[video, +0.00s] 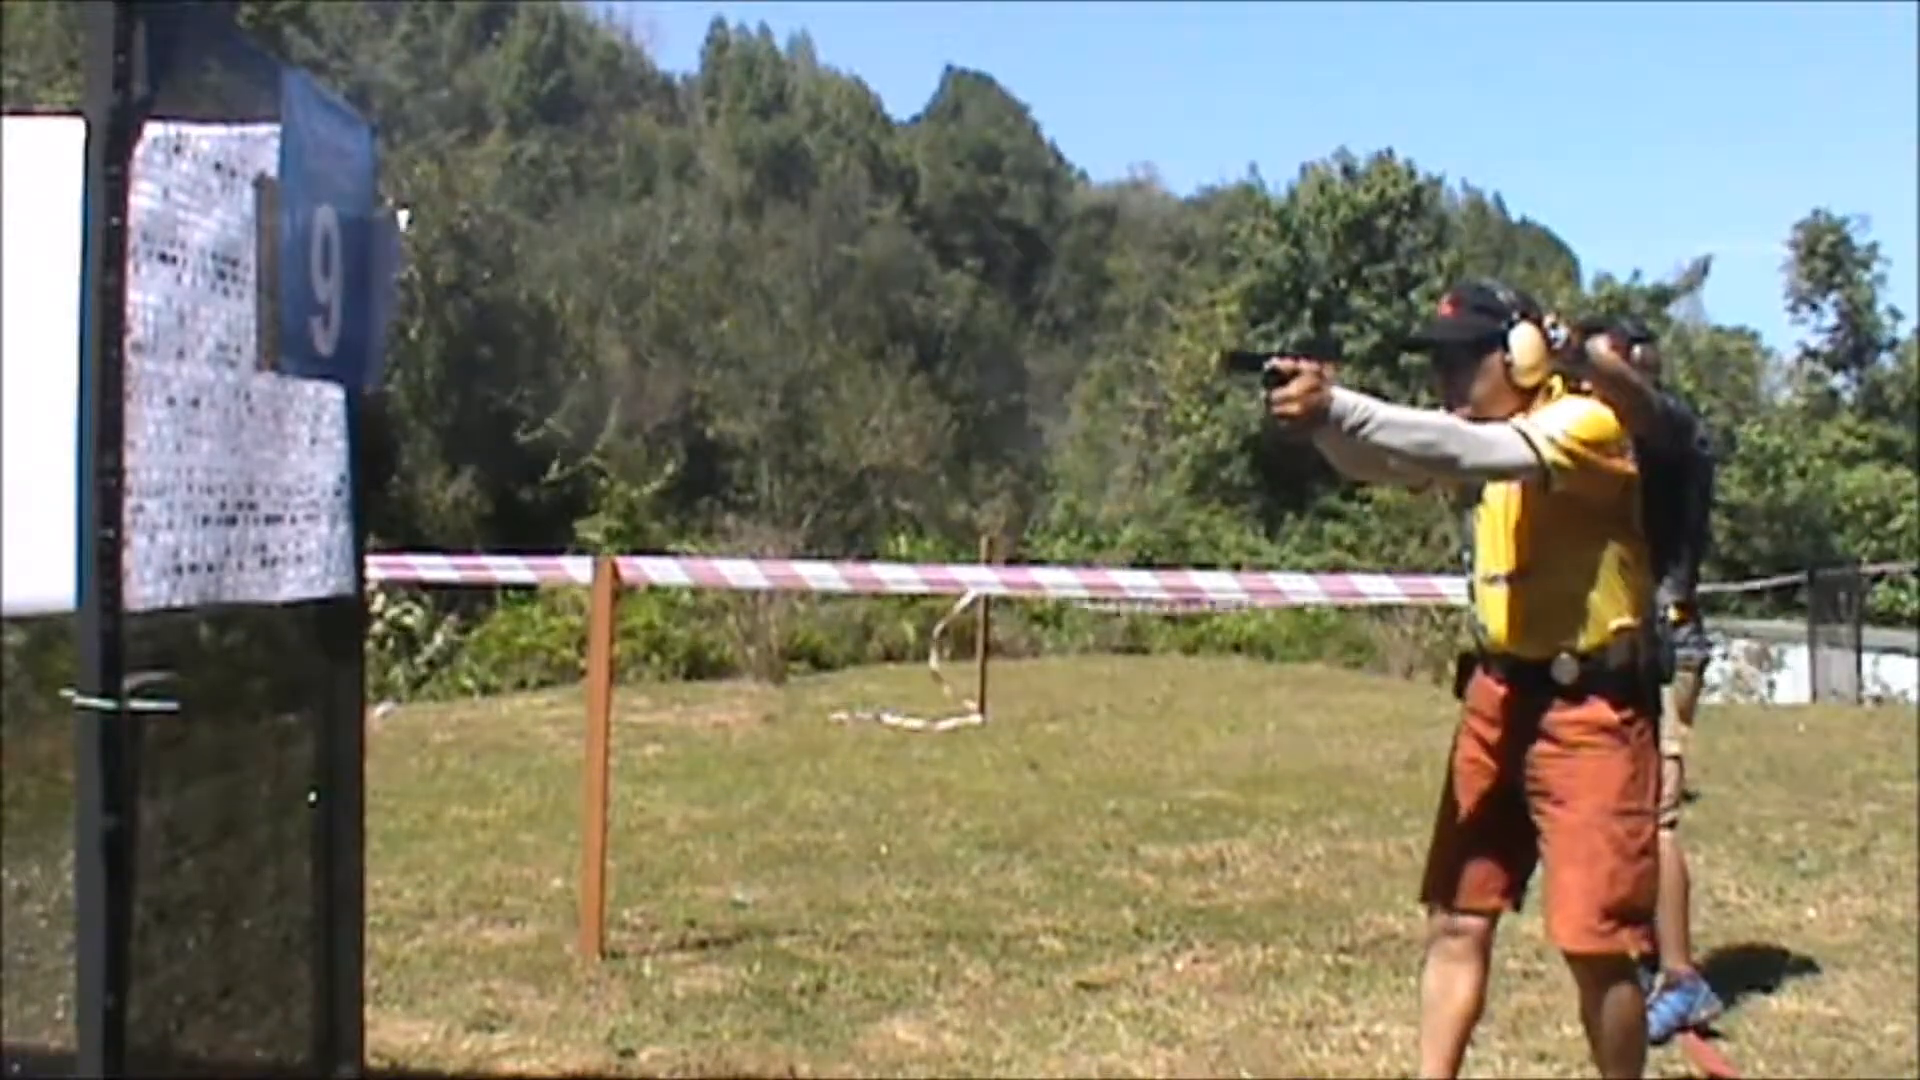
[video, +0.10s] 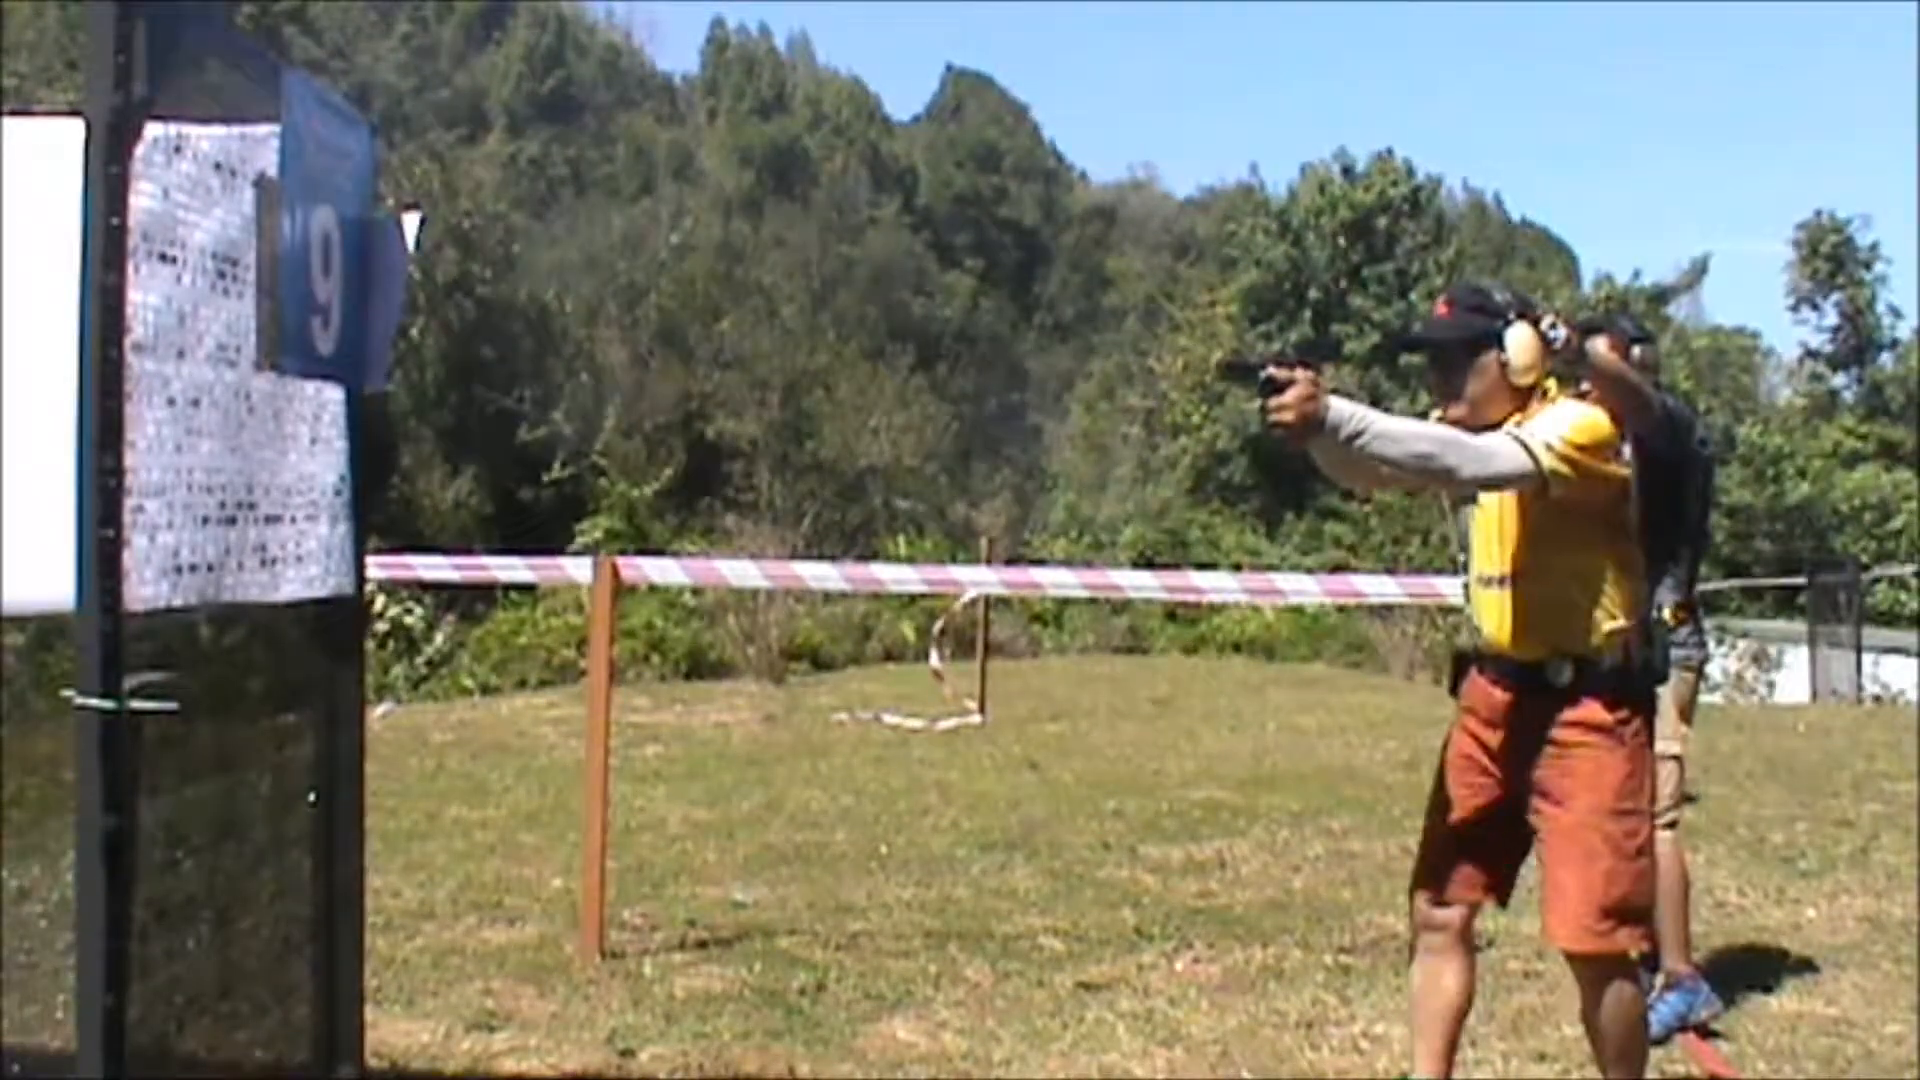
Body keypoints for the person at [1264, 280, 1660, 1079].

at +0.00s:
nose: (1447, 387)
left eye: (1461, 366)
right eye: (1441, 367)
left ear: (1512, 356)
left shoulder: (1589, 420)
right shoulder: (1485, 435)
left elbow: (1474, 447)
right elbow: (1393, 467)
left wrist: (1339, 404)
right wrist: (1320, 421)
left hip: (1595, 708)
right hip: (1499, 698)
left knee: (1596, 943)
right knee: (1460, 919)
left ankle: (1624, 1073)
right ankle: (1433, 1072)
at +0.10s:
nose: (1443, 392)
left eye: (1457, 369)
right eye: (1437, 372)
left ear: (1509, 359)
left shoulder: (1581, 424)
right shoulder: (1479, 439)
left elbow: (1471, 460)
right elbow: (1382, 473)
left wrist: (1334, 412)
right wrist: (1314, 430)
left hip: (1594, 708)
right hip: (1495, 698)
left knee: (1598, 942)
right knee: (1441, 910)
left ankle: (1625, 1075)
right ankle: (1429, 1072)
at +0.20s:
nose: (1432, 394)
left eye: (1443, 373)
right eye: (1430, 376)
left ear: (1498, 367)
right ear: (1467, 375)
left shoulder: (1574, 431)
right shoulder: (1461, 448)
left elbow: (1481, 492)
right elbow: (1348, 496)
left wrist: (1343, 432)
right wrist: (1308, 444)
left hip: (1586, 718)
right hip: (1485, 708)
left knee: (1590, 942)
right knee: (1418, 899)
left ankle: (1622, 1074)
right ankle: (1418, 1069)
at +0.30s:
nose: (1411, 417)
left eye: (1423, 405)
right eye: (1413, 404)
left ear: (1469, 421)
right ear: (1457, 423)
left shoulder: (1549, 486)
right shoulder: (1420, 481)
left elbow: (1455, 576)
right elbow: (1322, 565)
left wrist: (1321, 516)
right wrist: (1291, 508)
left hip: (1557, 751)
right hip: (1457, 734)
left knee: (1562, 962)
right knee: (1355, 896)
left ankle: (1609, 1073)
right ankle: (1355, 1066)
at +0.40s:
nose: (1389, 469)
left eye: (1402, 461)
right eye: (1394, 457)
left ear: (1441, 475)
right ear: (1423, 468)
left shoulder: (1523, 526)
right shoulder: (1394, 515)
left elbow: (1420, 618)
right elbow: (1297, 605)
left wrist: (1277, 570)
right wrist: (1247, 581)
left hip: (1535, 773)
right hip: (1433, 757)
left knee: (1548, 972)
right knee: (1311, 901)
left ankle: (1606, 1073)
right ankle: (1294, 1062)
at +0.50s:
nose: (1296, 509)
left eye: (1304, 495)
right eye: (1297, 495)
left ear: (1343, 502)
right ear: (1322, 507)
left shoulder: (1426, 544)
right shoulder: (1315, 564)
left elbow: (1422, 644)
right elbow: (1244, 633)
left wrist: (1314, 680)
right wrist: (1162, 620)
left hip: (1473, 796)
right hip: (1374, 785)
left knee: (1501, 990)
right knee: (1244, 904)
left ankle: (1590, 1072)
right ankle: (1201, 1064)